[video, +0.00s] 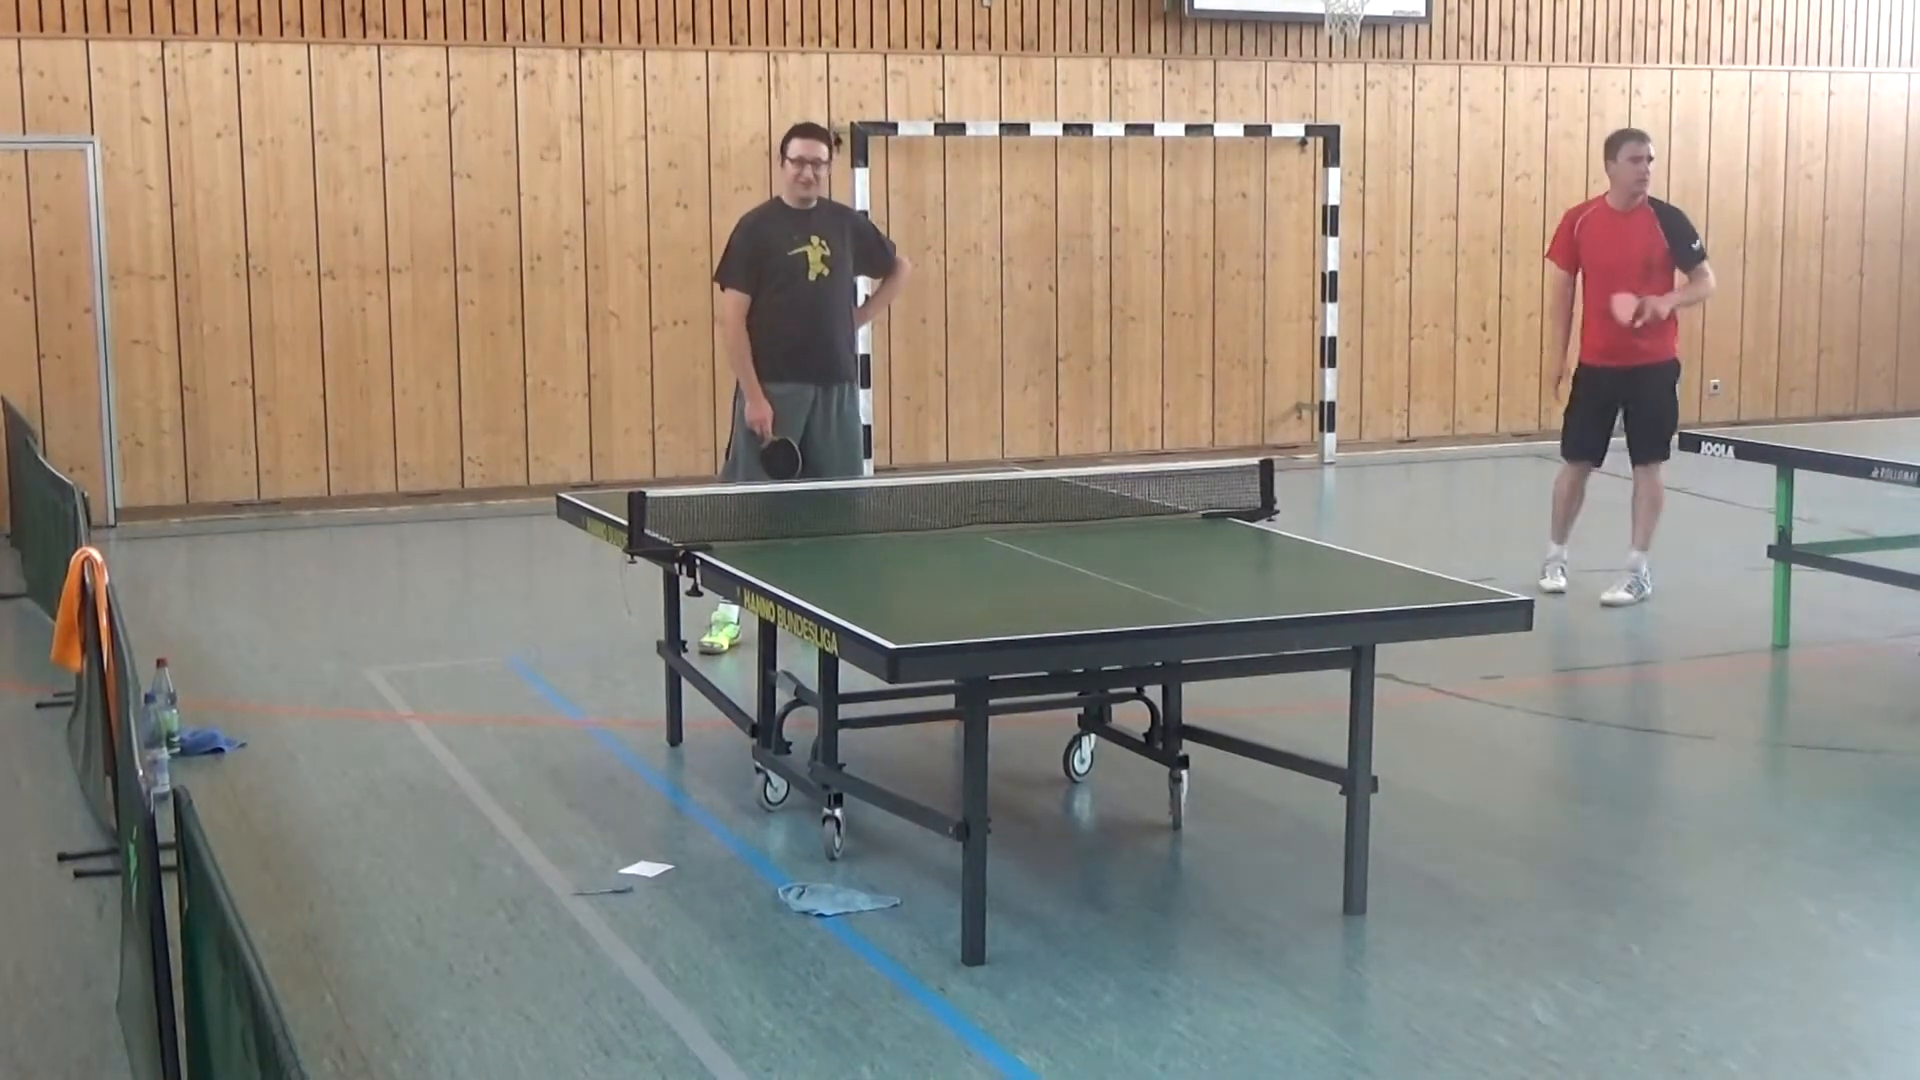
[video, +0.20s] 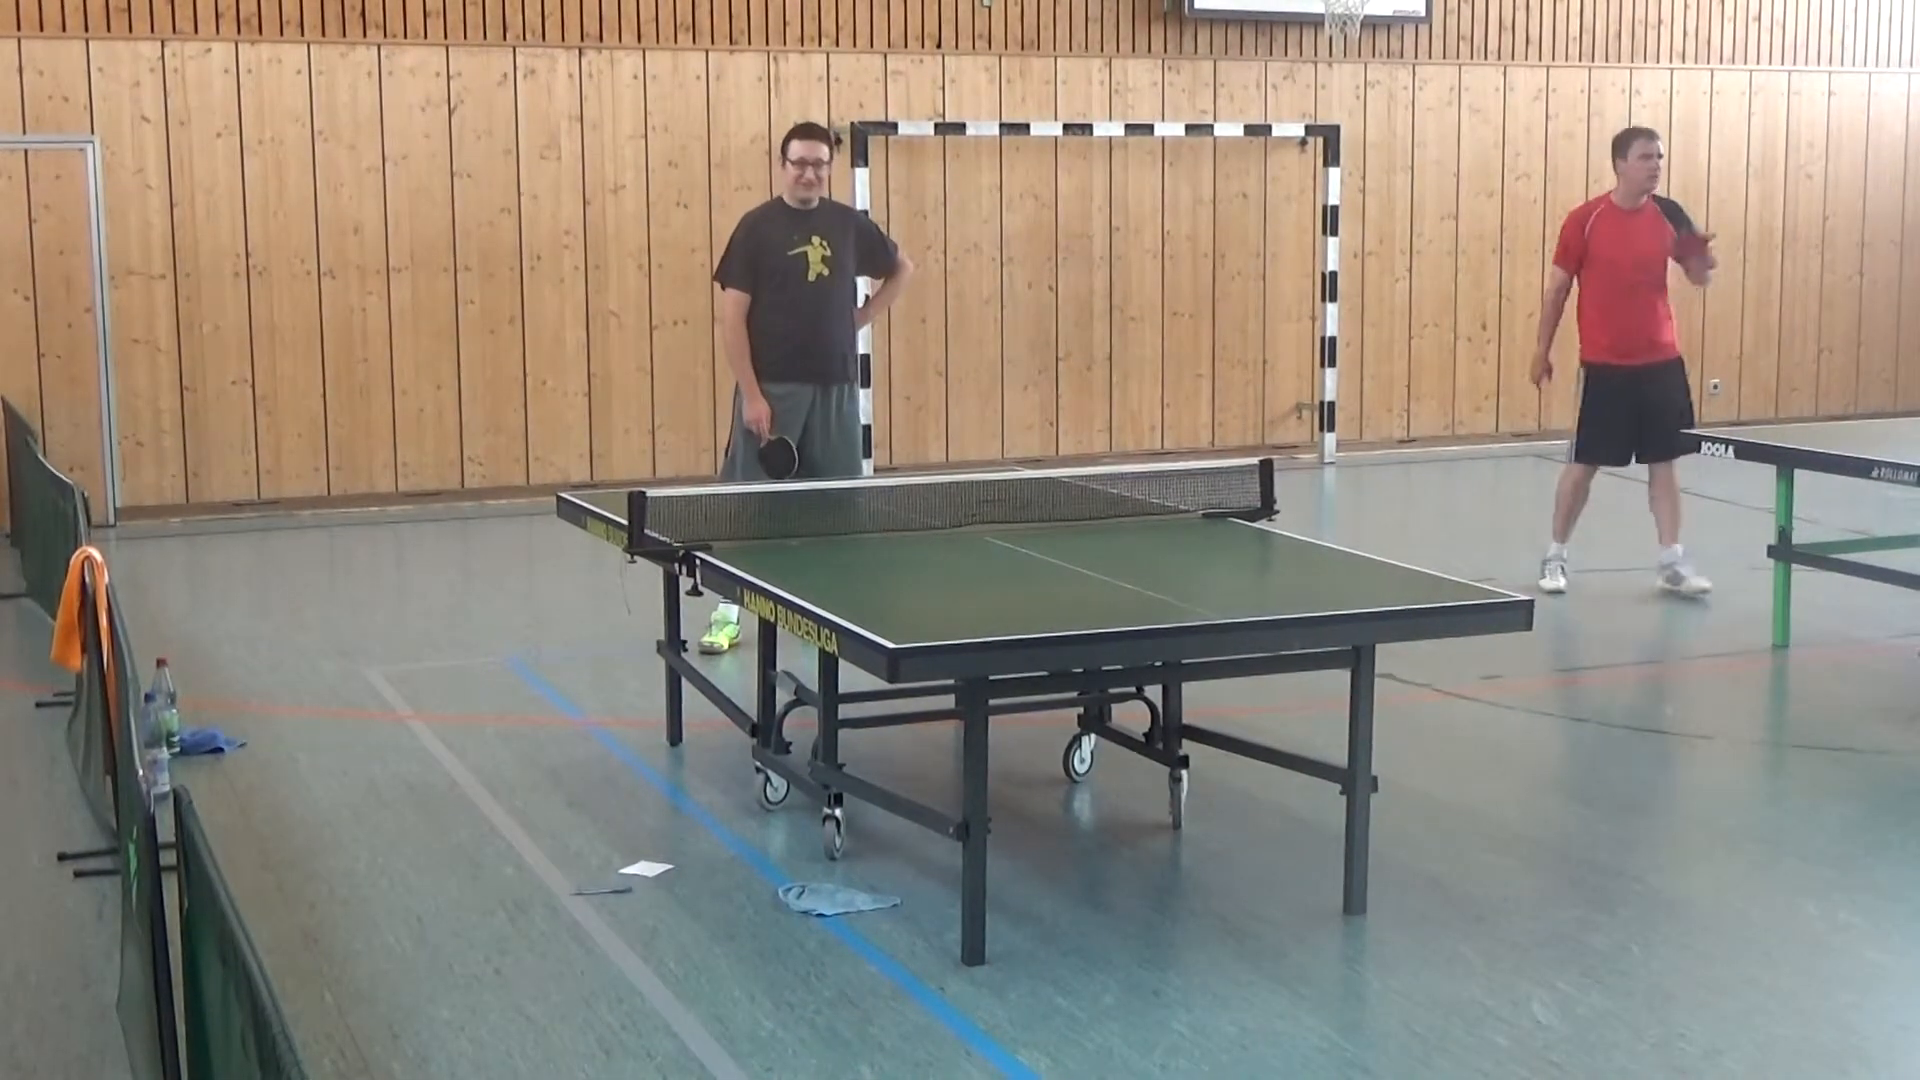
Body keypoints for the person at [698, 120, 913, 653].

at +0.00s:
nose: (808, 171)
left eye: (817, 163)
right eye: (799, 162)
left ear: (829, 168)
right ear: (781, 164)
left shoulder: (848, 223)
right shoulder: (754, 228)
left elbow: (898, 269)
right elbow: (731, 319)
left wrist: (861, 316)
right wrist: (753, 395)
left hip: (836, 391)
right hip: (769, 392)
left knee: (843, 508)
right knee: (747, 506)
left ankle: (843, 613)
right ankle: (729, 609)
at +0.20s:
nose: (808, 173)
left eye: (818, 164)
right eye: (799, 163)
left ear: (830, 168)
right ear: (782, 165)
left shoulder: (851, 224)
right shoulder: (754, 228)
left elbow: (900, 268)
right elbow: (731, 318)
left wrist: (864, 315)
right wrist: (750, 393)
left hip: (835, 392)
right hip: (768, 392)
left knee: (841, 510)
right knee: (745, 506)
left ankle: (842, 613)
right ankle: (729, 608)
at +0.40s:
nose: (809, 173)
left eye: (818, 164)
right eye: (799, 164)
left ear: (830, 168)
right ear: (783, 166)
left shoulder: (852, 225)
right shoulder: (755, 228)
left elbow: (901, 270)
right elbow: (731, 317)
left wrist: (866, 315)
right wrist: (750, 392)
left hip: (835, 392)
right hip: (768, 392)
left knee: (842, 510)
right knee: (745, 506)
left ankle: (841, 614)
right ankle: (728, 608)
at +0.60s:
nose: (811, 173)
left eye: (820, 165)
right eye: (801, 164)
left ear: (832, 168)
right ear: (784, 165)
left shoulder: (852, 225)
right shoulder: (756, 227)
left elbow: (902, 270)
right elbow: (731, 315)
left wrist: (866, 315)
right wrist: (749, 393)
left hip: (835, 392)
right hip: (768, 392)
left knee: (839, 510)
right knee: (744, 505)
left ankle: (837, 614)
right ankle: (728, 609)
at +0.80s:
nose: (813, 173)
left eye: (822, 164)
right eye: (804, 163)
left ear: (833, 168)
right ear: (786, 165)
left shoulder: (853, 225)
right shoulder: (756, 227)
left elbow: (903, 271)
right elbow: (731, 315)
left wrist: (866, 315)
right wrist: (749, 392)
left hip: (835, 391)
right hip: (768, 392)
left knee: (838, 510)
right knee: (744, 505)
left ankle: (837, 614)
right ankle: (728, 609)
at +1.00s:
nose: (812, 173)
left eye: (821, 164)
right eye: (802, 163)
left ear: (832, 167)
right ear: (786, 165)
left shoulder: (853, 225)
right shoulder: (756, 227)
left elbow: (903, 271)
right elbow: (723, 317)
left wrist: (865, 315)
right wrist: (759, 368)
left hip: (835, 391)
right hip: (766, 390)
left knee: (836, 509)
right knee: (748, 504)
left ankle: (834, 614)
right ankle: (729, 609)